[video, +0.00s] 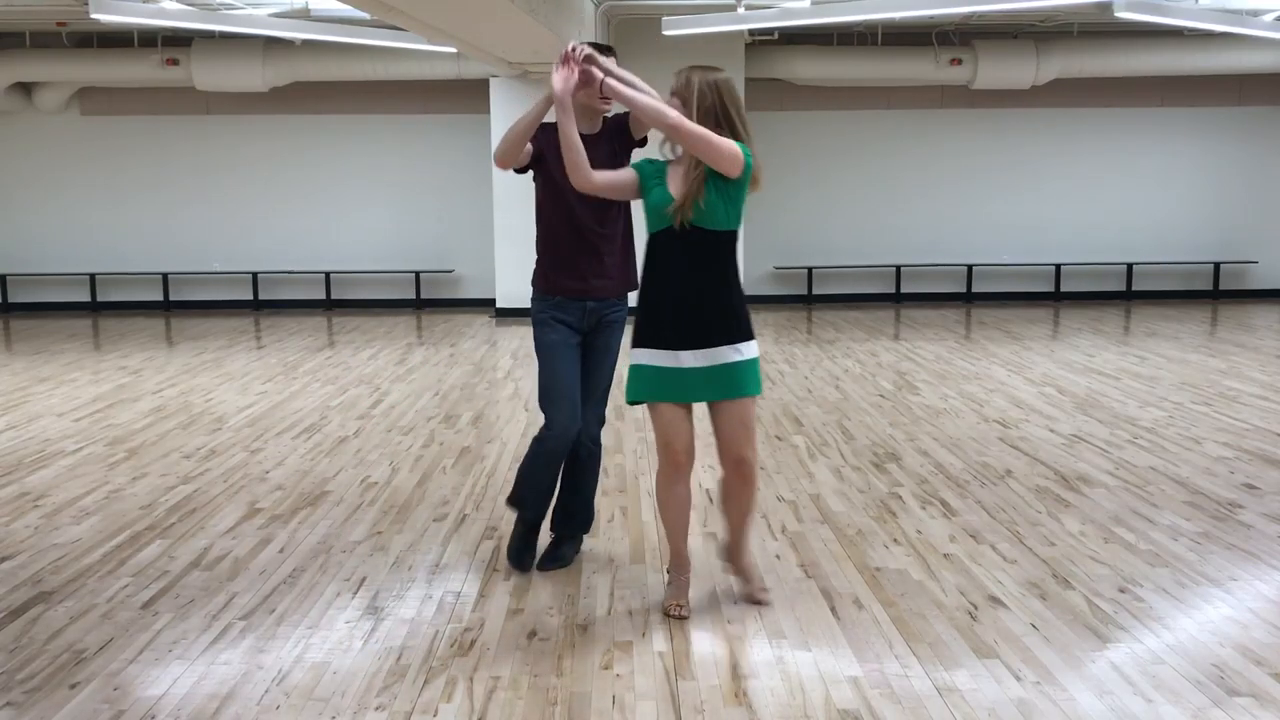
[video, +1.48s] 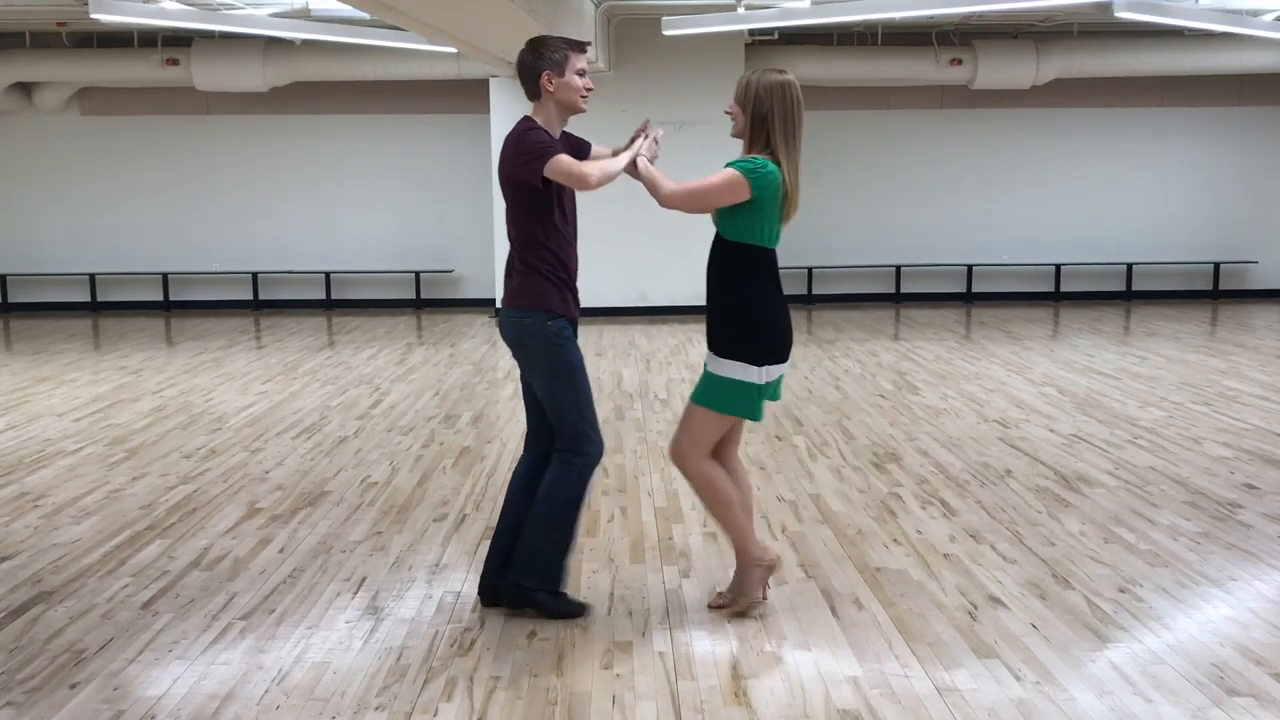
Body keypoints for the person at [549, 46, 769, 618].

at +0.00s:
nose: (672, 112)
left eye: (680, 106)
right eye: (671, 106)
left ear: (705, 110)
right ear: (668, 117)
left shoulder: (736, 164)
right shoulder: (653, 172)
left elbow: (672, 121)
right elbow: (584, 179)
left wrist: (614, 84)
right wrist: (562, 101)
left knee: (740, 460)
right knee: (675, 459)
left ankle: (738, 549)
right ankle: (678, 567)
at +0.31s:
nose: (740, 110)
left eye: (748, 102)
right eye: (744, 101)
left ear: (770, 111)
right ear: (778, 111)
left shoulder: (783, 173)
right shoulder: (762, 181)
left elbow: (732, 236)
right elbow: (715, 258)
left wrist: (665, 212)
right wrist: (651, 228)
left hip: (795, 341)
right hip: (758, 341)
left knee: (793, 461)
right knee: (730, 454)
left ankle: (849, 572)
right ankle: (755, 563)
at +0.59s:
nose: (775, 108)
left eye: (783, 101)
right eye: (779, 100)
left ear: (805, 112)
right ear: (818, 111)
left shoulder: (805, 175)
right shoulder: (825, 170)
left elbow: (771, 268)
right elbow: (790, 262)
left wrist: (733, 250)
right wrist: (739, 259)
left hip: (810, 338)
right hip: (837, 332)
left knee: (791, 461)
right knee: (842, 458)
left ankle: (851, 576)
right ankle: (919, 560)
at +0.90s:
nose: (780, 105)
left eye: (789, 98)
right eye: (784, 96)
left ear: (813, 109)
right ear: (822, 109)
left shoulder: (818, 175)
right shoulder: (829, 170)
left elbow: (772, 260)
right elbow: (787, 254)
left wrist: (728, 240)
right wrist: (736, 242)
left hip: (822, 333)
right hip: (846, 328)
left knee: (809, 456)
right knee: (847, 458)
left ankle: (858, 579)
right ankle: (917, 563)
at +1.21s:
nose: (757, 107)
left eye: (766, 100)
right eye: (760, 99)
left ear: (790, 110)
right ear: (797, 110)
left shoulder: (794, 175)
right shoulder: (786, 170)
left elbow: (715, 223)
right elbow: (730, 217)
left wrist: (683, 188)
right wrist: (692, 191)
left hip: (805, 344)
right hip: (780, 341)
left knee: (807, 462)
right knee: (740, 442)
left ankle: (861, 576)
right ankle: (756, 562)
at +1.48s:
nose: (728, 107)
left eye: (737, 101)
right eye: (733, 99)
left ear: (757, 112)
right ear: (772, 114)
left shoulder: (757, 172)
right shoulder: (761, 170)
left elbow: (672, 197)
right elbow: (683, 197)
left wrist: (641, 160)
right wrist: (647, 162)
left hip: (746, 340)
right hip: (753, 335)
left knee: (688, 451)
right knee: (723, 453)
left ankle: (755, 554)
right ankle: (748, 571)